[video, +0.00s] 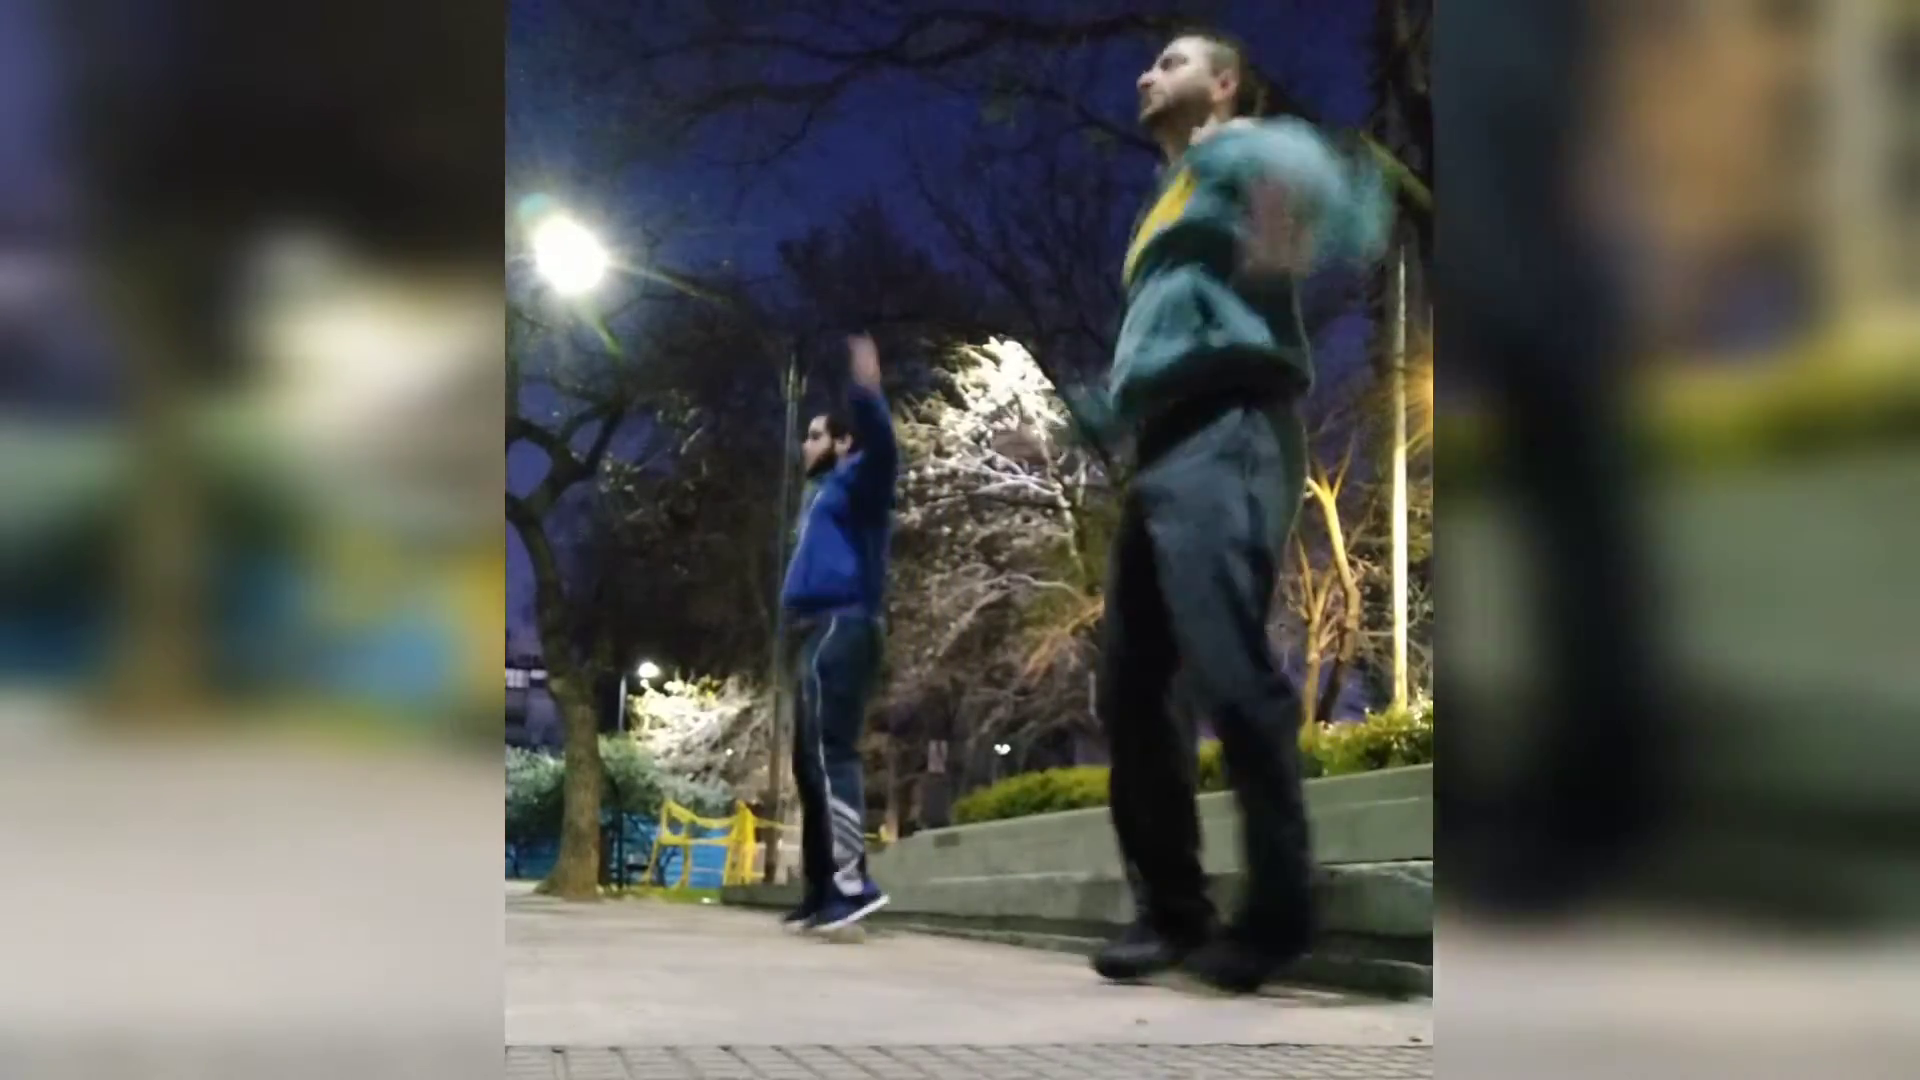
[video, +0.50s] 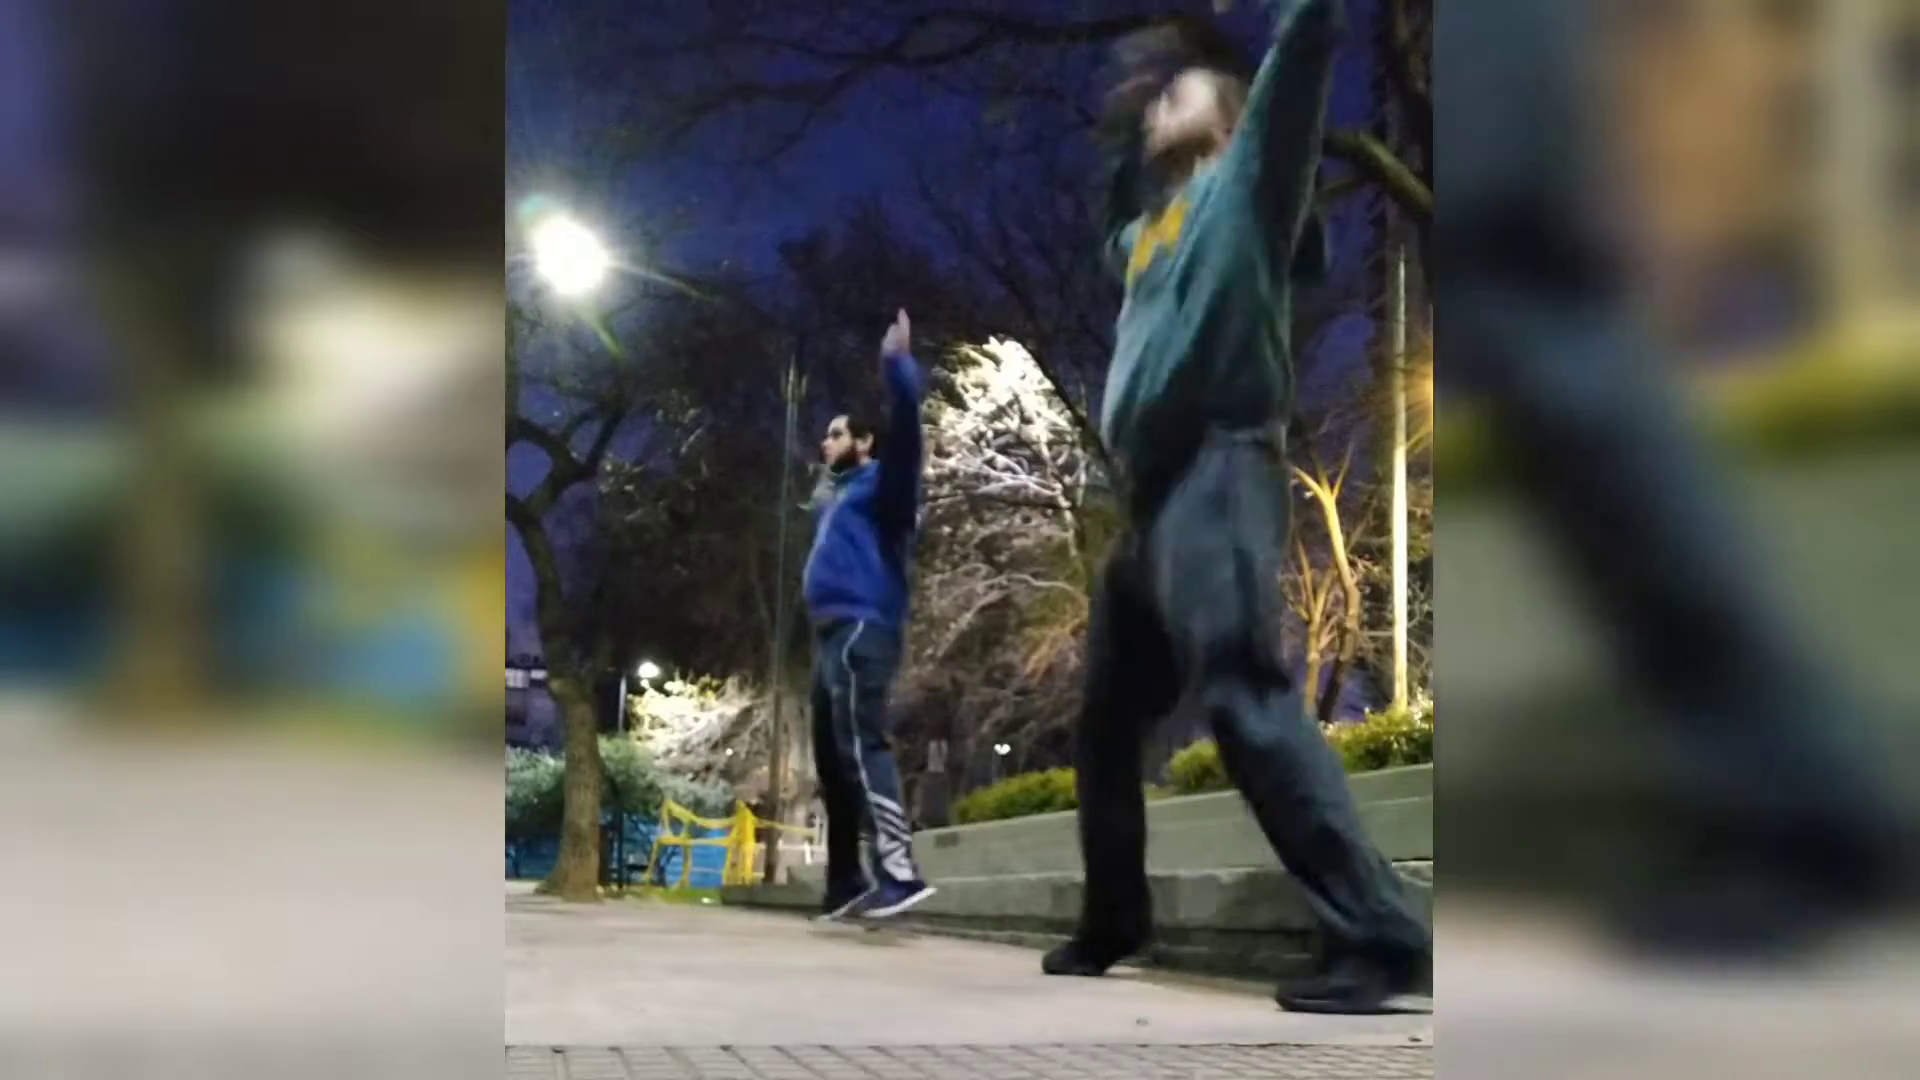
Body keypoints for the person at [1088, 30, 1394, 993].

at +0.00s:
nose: (1148, 74)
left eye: (1170, 60)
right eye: (1150, 63)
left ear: (1226, 84)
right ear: (1181, 96)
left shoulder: (1242, 151)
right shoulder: (1172, 197)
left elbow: (1309, 173)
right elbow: (1163, 346)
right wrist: (1109, 413)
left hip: (1225, 434)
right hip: (1163, 453)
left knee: (1229, 675)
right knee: (1133, 692)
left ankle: (1279, 918)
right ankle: (1173, 912)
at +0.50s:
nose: (1173, 103)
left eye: (1194, 91)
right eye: (1166, 96)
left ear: (1232, 115)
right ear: (1156, 133)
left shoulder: (1251, 177)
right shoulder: (1145, 234)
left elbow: (1301, 44)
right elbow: (1115, 227)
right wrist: (1133, 139)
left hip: (1224, 470)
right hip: (1155, 496)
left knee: (1244, 697)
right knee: (1108, 722)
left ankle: (1383, 944)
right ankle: (1112, 923)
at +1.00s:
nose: (1156, 115)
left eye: (1180, 102)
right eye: (1159, 105)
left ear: (1232, 130)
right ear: (1168, 137)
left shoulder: (1268, 214)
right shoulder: (1171, 245)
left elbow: (1327, 358)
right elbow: (1149, 382)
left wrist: (1260, 424)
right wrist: (1107, 496)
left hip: (1211, 492)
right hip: (1137, 507)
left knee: (1189, 712)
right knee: (1099, 729)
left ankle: (1256, 942)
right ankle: (1174, 936)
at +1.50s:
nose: (1161, 143)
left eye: (1184, 128)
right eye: (1159, 132)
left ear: (1231, 145)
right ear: (1168, 164)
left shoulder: (1254, 208)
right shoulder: (1148, 242)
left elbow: (1301, 32)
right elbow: (1122, 194)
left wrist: (1242, 36)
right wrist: (1172, 91)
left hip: (1229, 503)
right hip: (1156, 525)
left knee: (1250, 736)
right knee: (1095, 751)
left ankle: (1399, 956)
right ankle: (1106, 940)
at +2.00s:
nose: (1141, 133)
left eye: (1165, 119)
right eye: (1143, 122)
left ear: (1217, 141)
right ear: (1169, 153)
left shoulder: (1256, 224)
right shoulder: (1170, 255)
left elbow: (1317, 350)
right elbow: (1159, 395)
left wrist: (1242, 421)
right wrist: (1127, 511)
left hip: (1217, 508)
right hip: (1150, 520)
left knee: (1189, 724)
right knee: (1122, 732)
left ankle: (1245, 945)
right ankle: (1184, 938)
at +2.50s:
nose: (1173, 136)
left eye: (1194, 121)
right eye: (1171, 128)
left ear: (1240, 139)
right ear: (1179, 164)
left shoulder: (1271, 199)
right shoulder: (1161, 255)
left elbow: (1322, 36)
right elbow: (1137, 231)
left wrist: (1232, 18)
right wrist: (1154, 152)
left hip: (1249, 490)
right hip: (1174, 515)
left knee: (1267, 734)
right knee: (1135, 737)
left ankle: (1398, 950)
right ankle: (1150, 935)